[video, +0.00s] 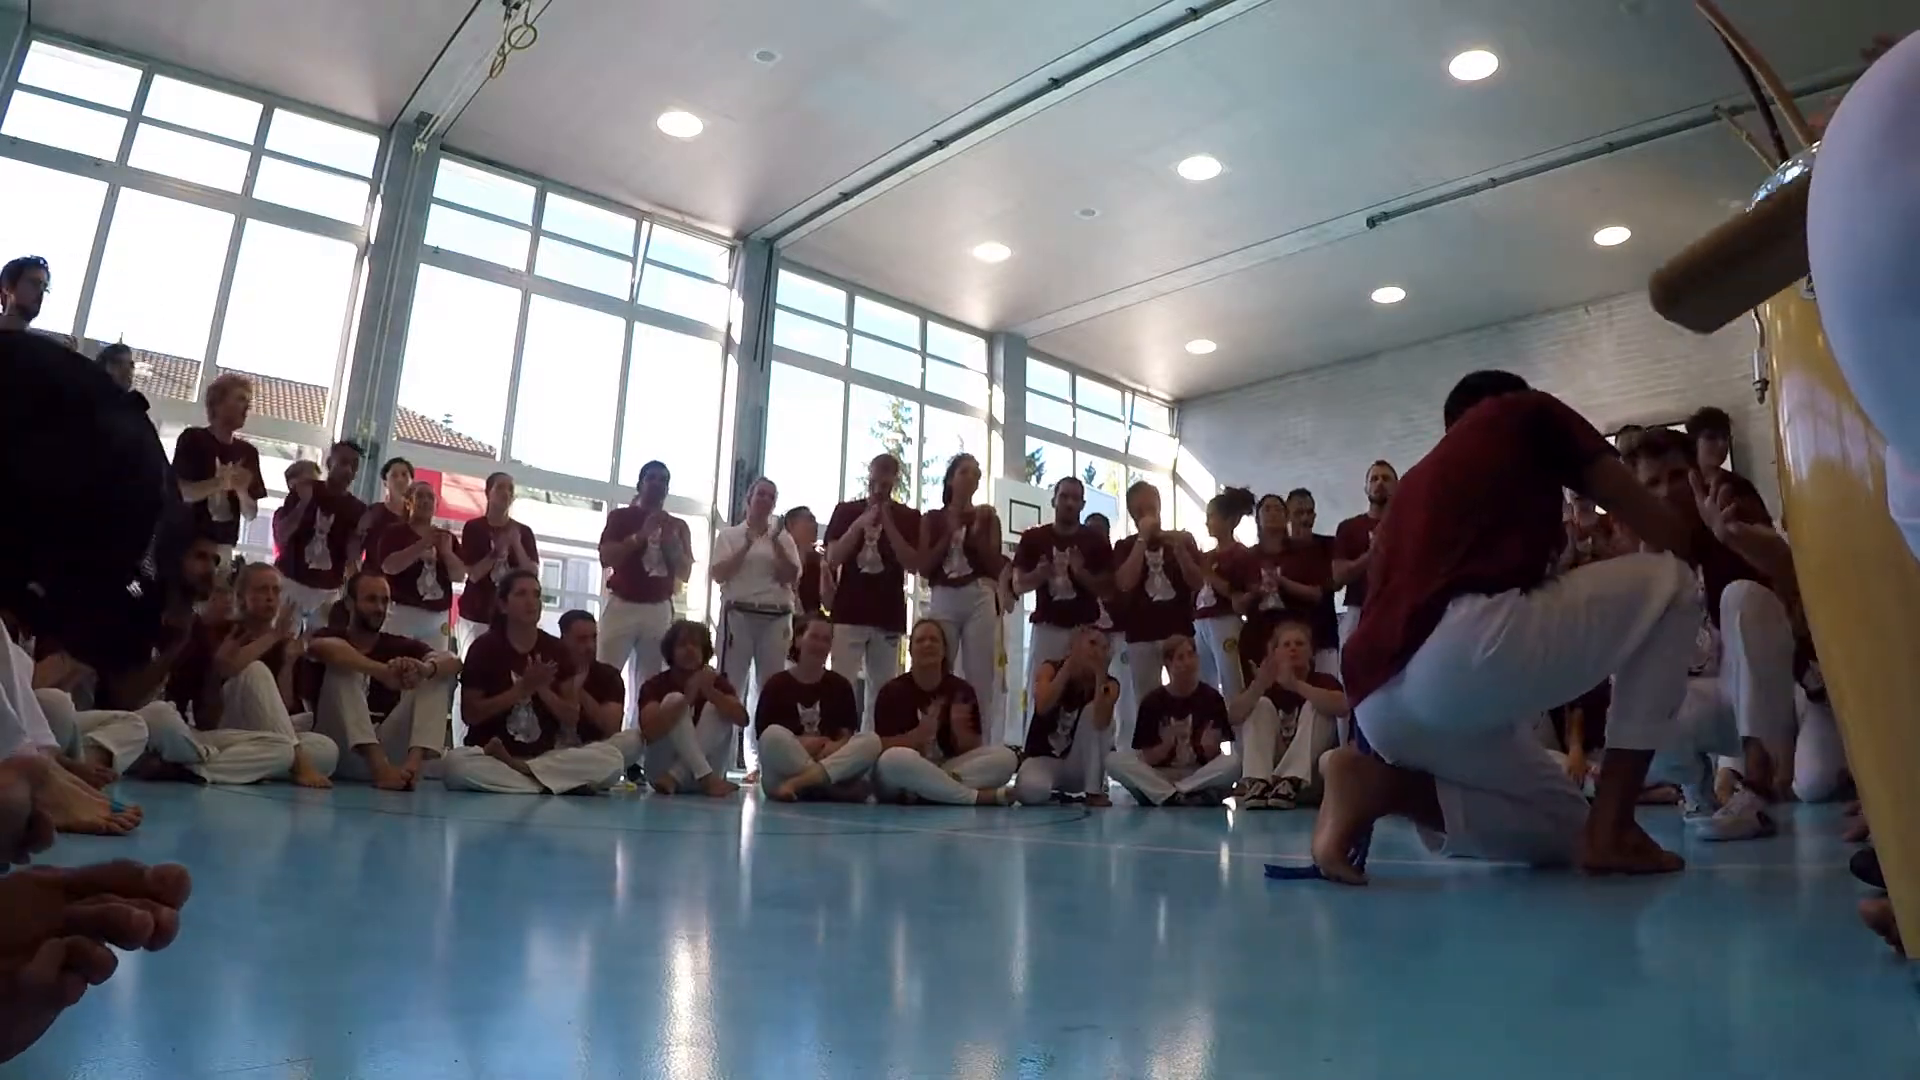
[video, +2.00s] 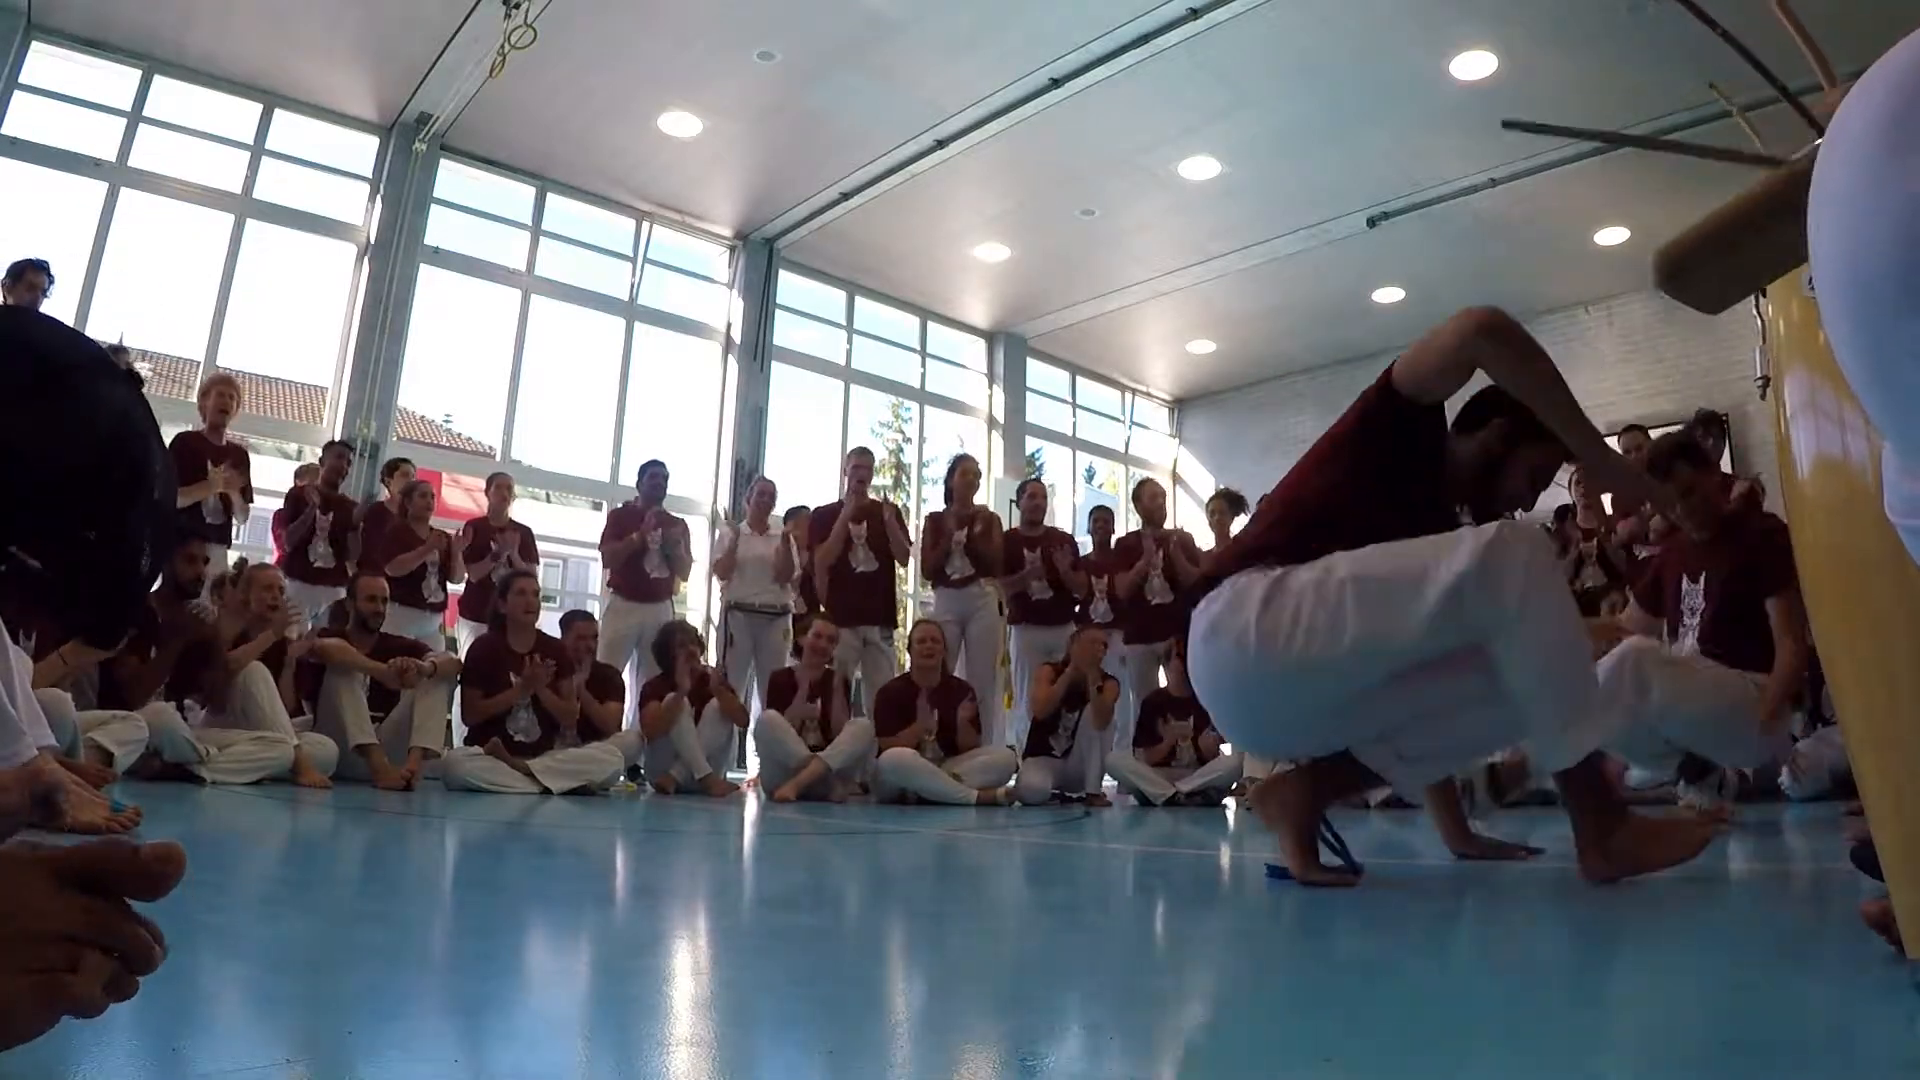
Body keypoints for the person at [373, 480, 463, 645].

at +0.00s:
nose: (425, 501)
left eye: (430, 497)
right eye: (420, 496)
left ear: (436, 504)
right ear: (409, 502)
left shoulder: (447, 538)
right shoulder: (395, 532)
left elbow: (459, 576)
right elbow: (388, 567)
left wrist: (447, 552)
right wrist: (422, 544)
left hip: (437, 614)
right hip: (401, 610)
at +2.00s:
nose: (429, 502)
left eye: (432, 497)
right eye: (423, 496)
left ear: (436, 502)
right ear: (407, 501)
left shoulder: (441, 537)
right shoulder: (397, 532)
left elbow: (456, 579)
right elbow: (392, 569)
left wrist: (457, 551)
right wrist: (427, 548)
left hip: (434, 614)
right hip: (401, 610)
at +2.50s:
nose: (430, 502)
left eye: (432, 497)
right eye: (423, 496)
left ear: (435, 502)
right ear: (407, 502)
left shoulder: (442, 537)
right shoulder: (396, 532)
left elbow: (457, 577)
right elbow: (394, 568)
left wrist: (445, 554)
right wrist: (431, 549)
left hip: (433, 613)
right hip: (401, 610)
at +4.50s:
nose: (423, 501)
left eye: (426, 496)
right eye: (415, 497)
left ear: (431, 501)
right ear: (402, 504)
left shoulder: (441, 533)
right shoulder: (395, 531)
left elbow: (457, 575)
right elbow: (392, 568)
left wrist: (441, 555)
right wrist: (428, 549)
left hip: (434, 614)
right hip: (400, 611)